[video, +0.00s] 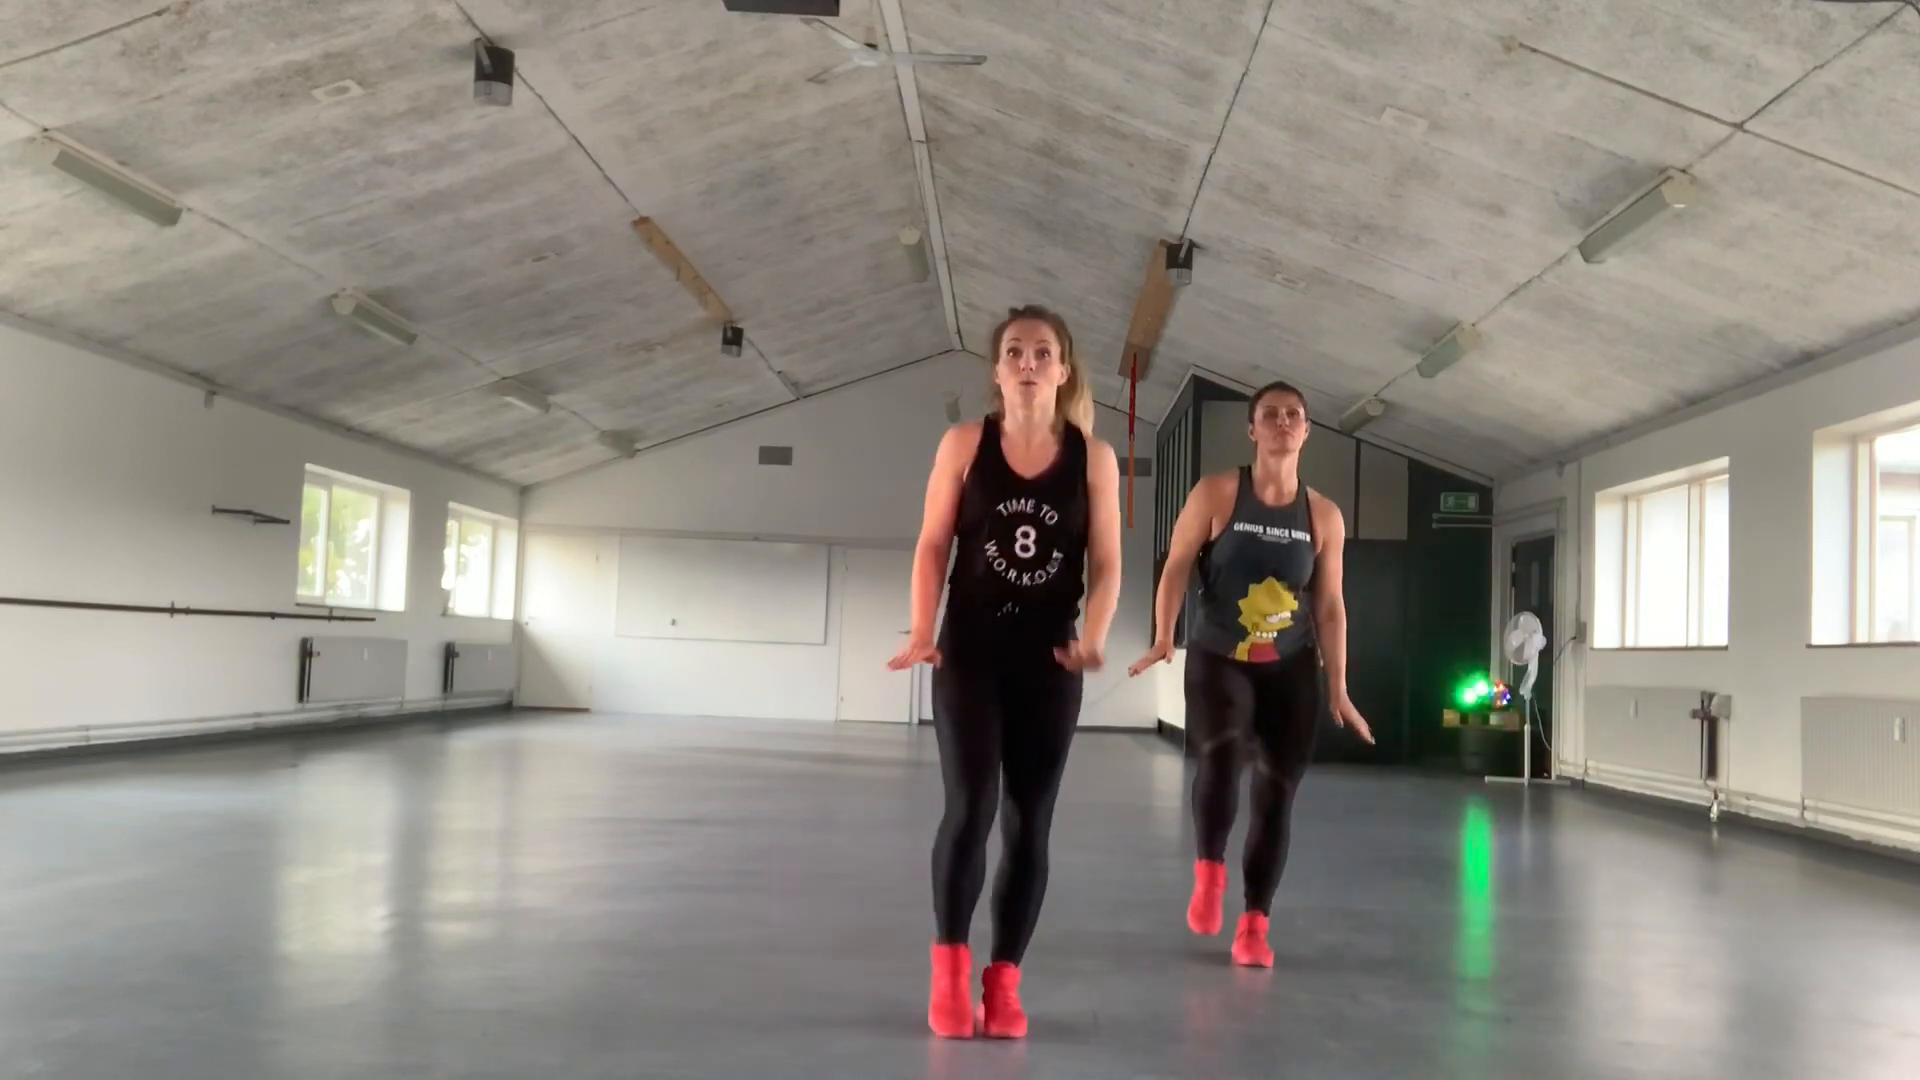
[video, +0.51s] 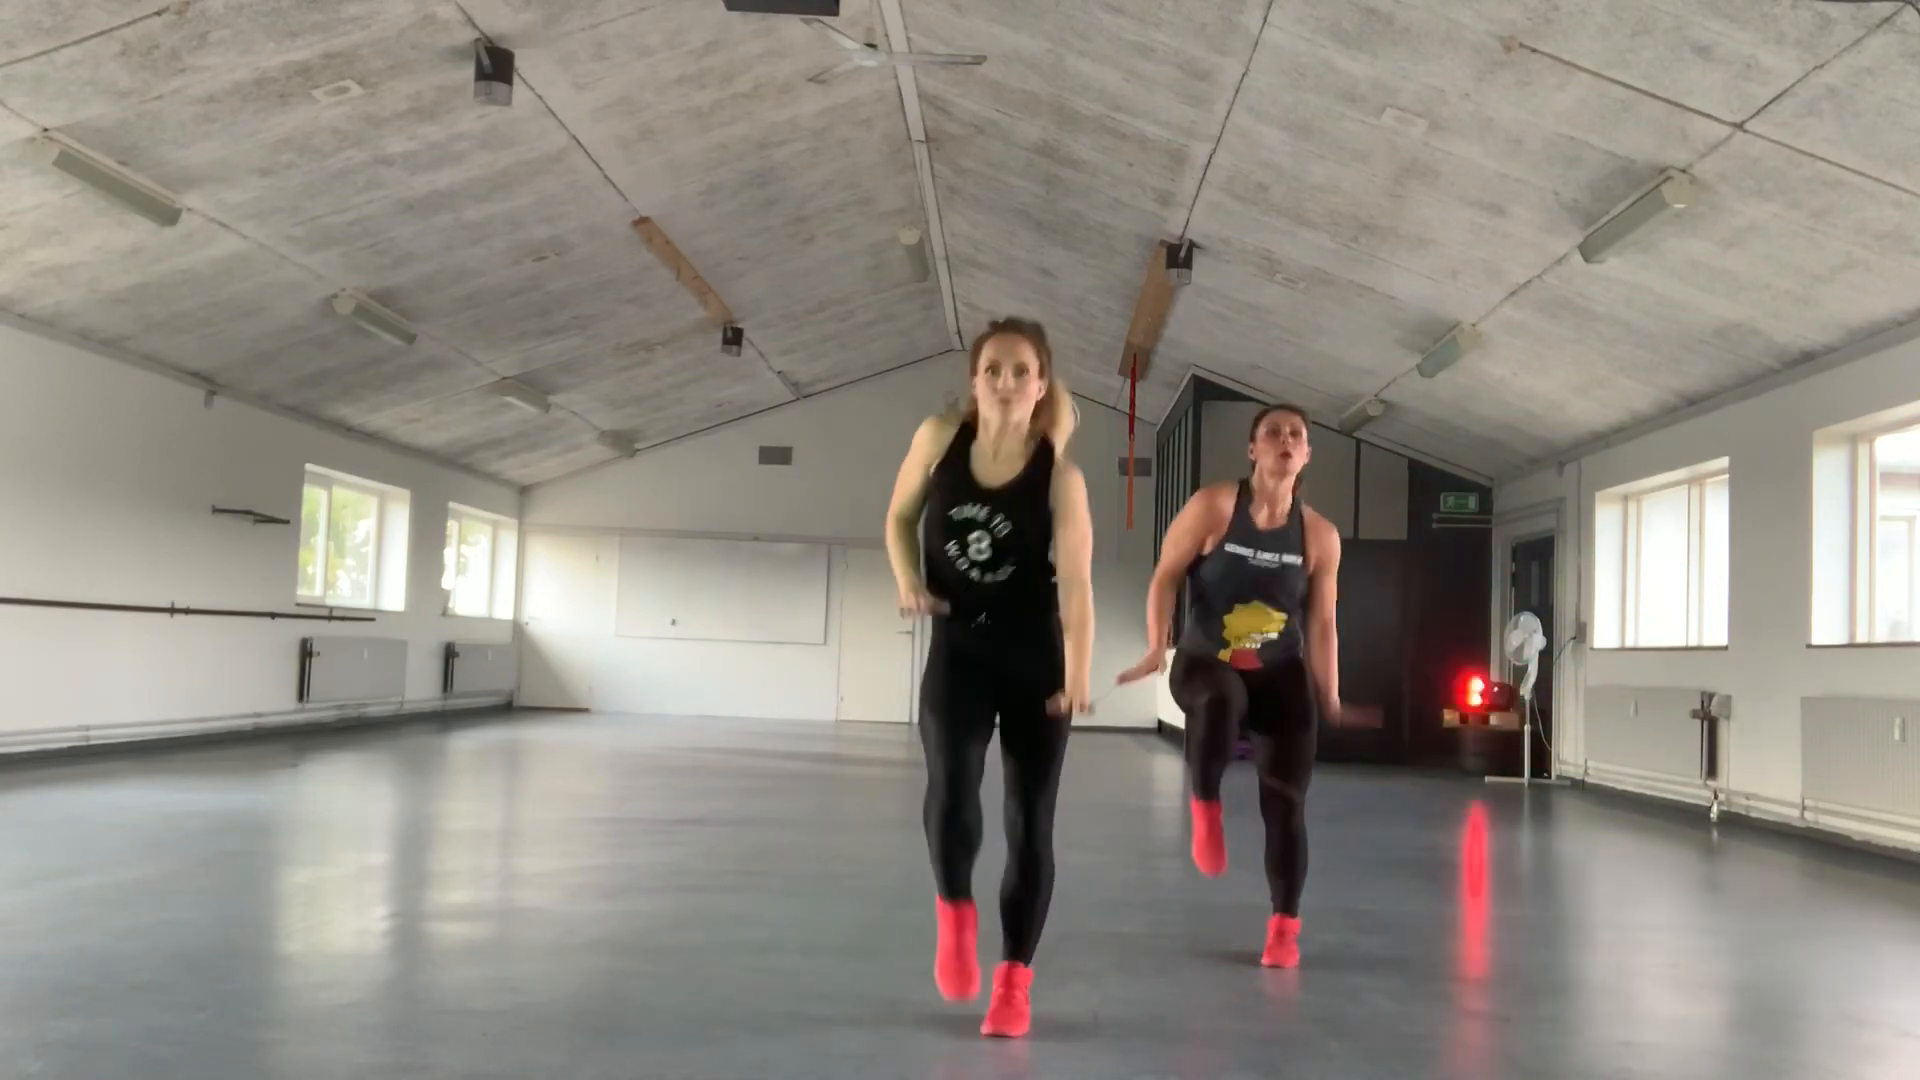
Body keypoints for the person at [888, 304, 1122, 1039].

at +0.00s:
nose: (1028, 363)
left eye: (1042, 353)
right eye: (1015, 351)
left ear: (1064, 368)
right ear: (996, 366)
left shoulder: (1094, 459)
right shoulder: (963, 445)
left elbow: (1107, 566)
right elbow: (933, 545)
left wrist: (1091, 639)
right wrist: (922, 631)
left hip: (1050, 656)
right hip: (970, 650)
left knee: (1029, 820)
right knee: (972, 806)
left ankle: (1005, 974)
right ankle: (950, 961)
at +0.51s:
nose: (1006, 381)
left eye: (1021, 371)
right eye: (993, 368)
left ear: (1043, 385)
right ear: (973, 379)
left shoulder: (1061, 478)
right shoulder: (937, 441)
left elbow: (1076, 581)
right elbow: (900, 517)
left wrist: (1077, 673)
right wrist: (908, 582)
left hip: (1038, 656)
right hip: (958, 650)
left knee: (1028, 823)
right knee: (953, 799)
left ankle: (1016, 970)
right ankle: (956, 913)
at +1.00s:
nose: (910, 402)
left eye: (926, 389)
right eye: (899, 388)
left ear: (952, 402)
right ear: (883, 396)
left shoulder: (967, 491)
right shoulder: (860, 445)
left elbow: (982, 598)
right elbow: (830, 523)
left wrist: (985, 692)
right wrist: (831, 596)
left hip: (954, 661)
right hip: (879, 652)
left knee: (946, 826)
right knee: (852, 758)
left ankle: (928, 962)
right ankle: (838, 883)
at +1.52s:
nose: (801, 387)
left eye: (816, 376)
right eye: (789, 374)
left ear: (841, 384)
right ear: (773, 380)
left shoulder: (863, 466)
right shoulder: (748, 431)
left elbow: (872, 565)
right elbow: (714, 512)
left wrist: (866, 661)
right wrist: (713, 594)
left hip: (833, 651)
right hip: (757, 641)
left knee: (812, 806)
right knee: (733, 768)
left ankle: (795, 950)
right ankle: (723, 903)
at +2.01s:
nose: (705, 380)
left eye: (721, 368)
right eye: (694, 366)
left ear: (748, 376)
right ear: (679, 370)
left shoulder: (771, 452)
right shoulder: (645, 427)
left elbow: (768, 549)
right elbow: (593, 496)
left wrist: (736, 575)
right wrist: (565, 579)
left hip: (736, 644)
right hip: (656, 640)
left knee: (756, 798)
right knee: (570, 772)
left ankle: (762, 943)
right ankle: (570, 924)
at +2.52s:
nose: (654, 374)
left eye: (670, 363)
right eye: (643, 361)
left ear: (695, 380)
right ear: (626, 375)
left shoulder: (717, 438)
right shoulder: (603, 456)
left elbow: (825, 457)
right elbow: (602, 556)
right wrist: (571, 481)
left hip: (691, 658)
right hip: (621, 652)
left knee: (724, 811)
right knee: (542, 794)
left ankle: (776, 965)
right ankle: (520, 954)